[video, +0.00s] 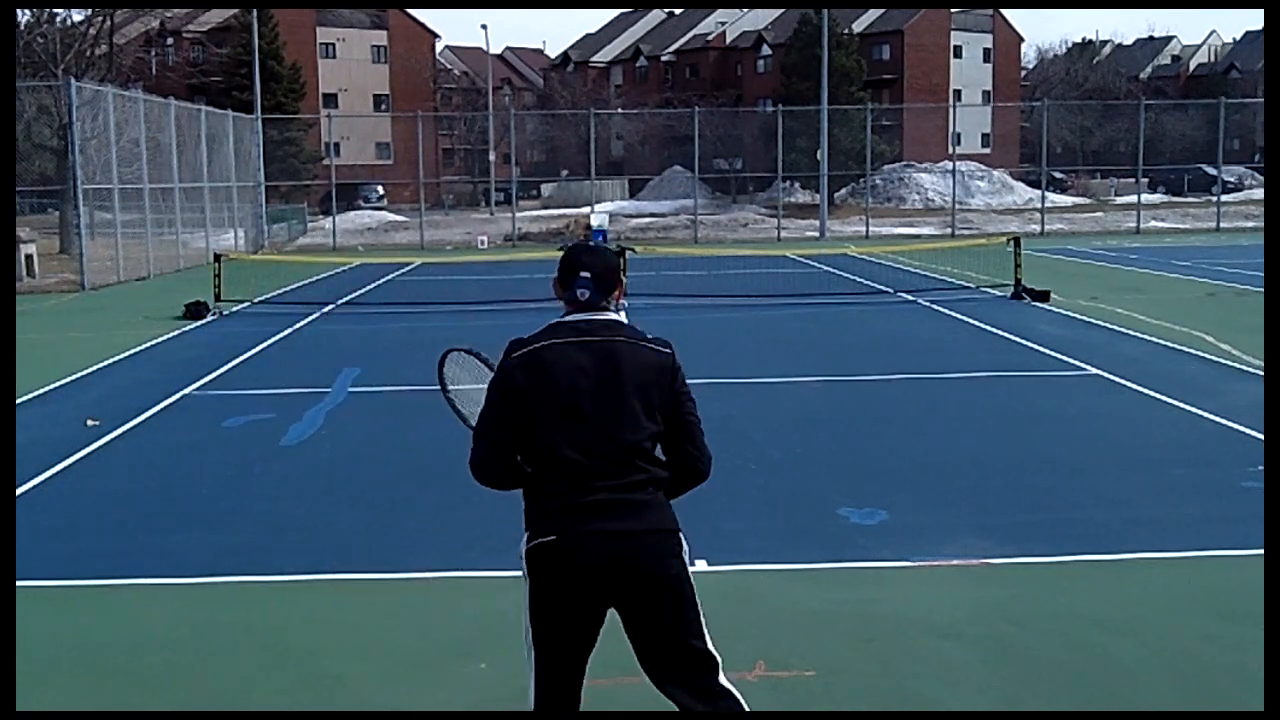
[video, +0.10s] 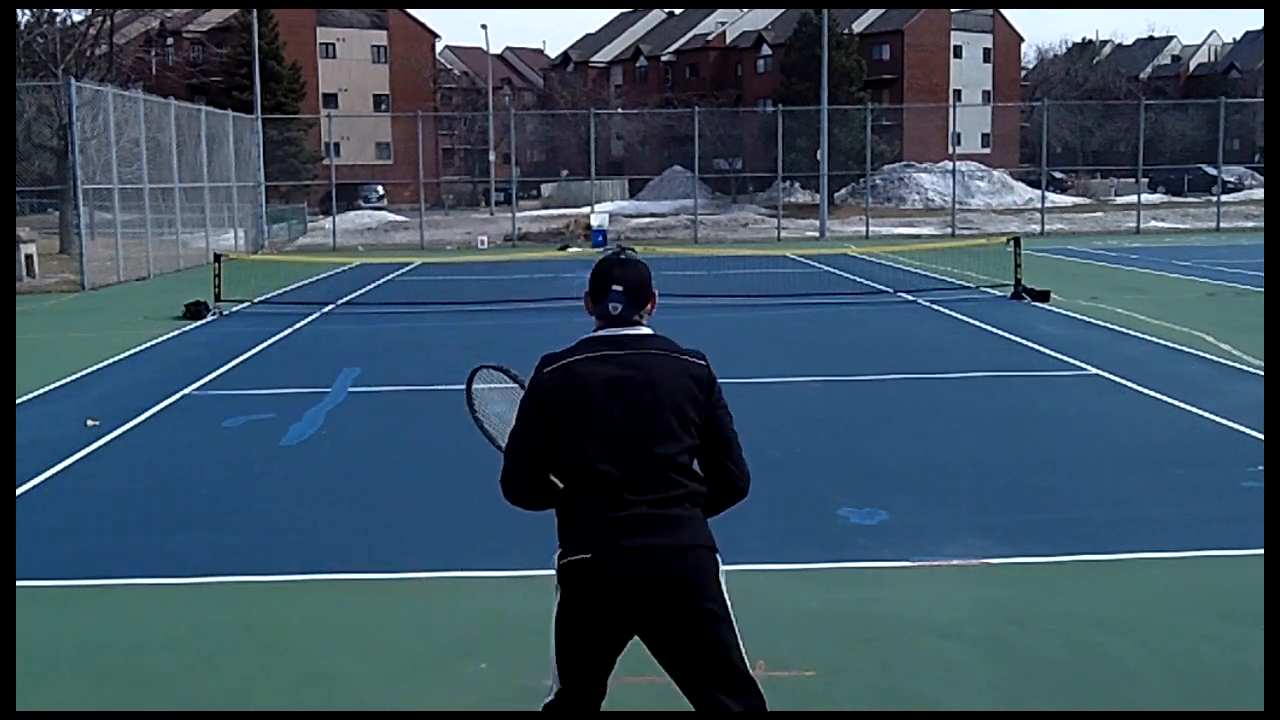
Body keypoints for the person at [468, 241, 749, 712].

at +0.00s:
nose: (555, 291)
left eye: (556, 286)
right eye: (625, 286)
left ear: (559, 292)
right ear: (621, 292)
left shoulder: (523, 357)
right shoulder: (657, 355)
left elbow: (487, 465)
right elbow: (694, 462)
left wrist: (542, 471)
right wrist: (643, 488)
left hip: (561, 553)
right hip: (649, 545)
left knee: (554, 695)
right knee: (698, 681)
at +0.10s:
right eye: (653, 296)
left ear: (588, 304)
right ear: (652, 303)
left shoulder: (555, 373)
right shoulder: (691, 369)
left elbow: (518, 485)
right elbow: (732, 480)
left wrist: (574, 491)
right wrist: (677, 505)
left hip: (592, 574)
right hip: (682, 569)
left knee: (575, 699)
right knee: (732, 699)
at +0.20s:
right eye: (680, 322)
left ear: (613, 331)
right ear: (679, 329)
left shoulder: (582, 404)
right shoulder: (718, 399)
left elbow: (549, 519)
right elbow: (764, 511)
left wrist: (603, 531)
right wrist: (711, 544)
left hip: (622, 607)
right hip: (715, 601)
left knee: (606, 712)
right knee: (748, 711)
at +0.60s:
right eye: (685, 343)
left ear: (613, 340)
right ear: (683, 346)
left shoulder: (566, 412)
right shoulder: (685, 414)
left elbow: (573, 514)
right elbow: (734, 553)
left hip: (569, 619)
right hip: (661, 624)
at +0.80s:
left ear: (591, 344)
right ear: (664, 353)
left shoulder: (551, 410)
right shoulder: (647, 426)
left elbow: (610, 525)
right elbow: (678, 576)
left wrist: (707, 487)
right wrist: (737, 545)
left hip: (509, 632)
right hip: (593, 643)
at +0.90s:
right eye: (667, 360)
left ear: (584, 359)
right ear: (659, 369)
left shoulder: (546, 419)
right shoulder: (635, 446)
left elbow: (611, 535)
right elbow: (672, 596)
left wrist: (707, 496)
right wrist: (747, 553)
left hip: (477, 649)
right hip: (551, 667)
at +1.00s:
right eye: (657, 372)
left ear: (576, 365)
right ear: (650, 381)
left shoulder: (536, 426)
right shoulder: (611, 451)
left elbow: (603, 544)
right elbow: (648, 604)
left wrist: (709, 519)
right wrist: (749, 559)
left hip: (445, 653)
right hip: (514, 675)